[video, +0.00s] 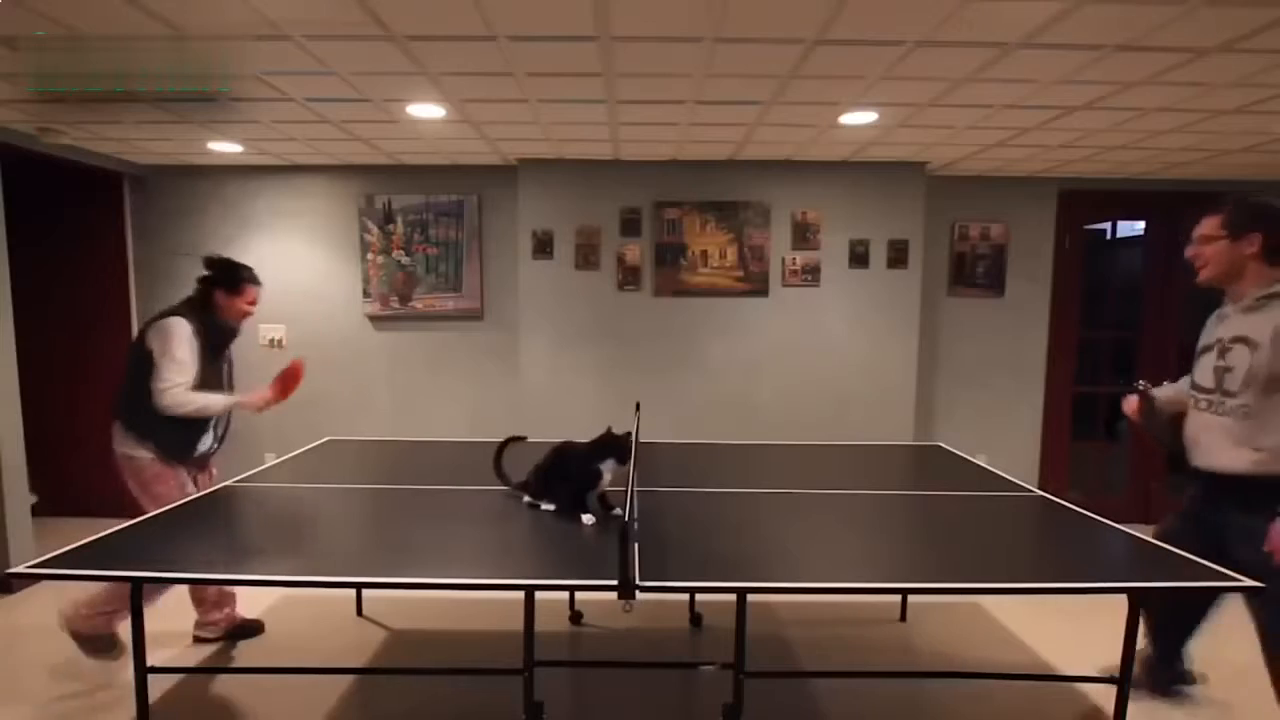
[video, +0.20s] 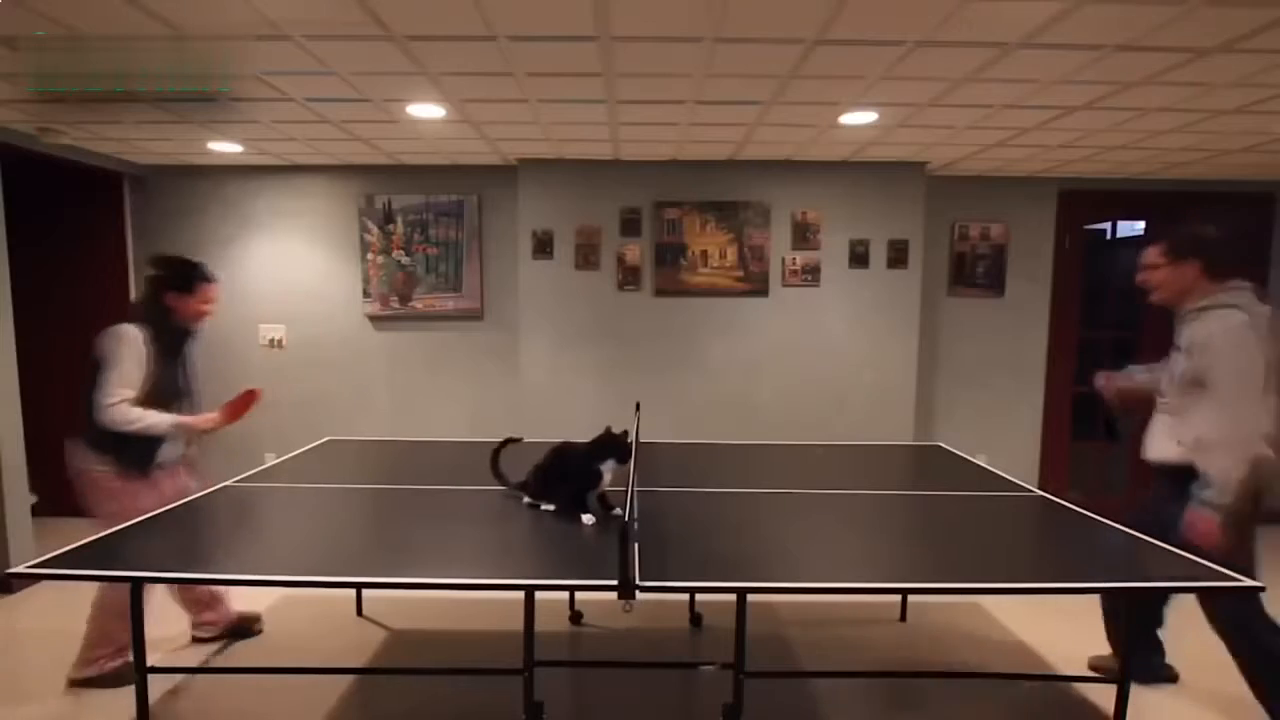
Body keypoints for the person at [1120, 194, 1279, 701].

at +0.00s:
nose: (1192, 253)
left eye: (1205, 241)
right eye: (1193, 242)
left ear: (1249, 246)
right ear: (1242, 247)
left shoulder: (1275, 313)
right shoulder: (1220, 317)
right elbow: (1204, 385)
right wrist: (1154, 400)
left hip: (1264, 493)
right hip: (1211, 489)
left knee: (1274, 621)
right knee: (1164, 581)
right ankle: (1166, 668)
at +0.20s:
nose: (1145, 280)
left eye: (1153, 269)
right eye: (1144, 270)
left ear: (1190, 269)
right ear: (1185, 273)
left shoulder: (1227, 325)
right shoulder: (1198, 320)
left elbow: (1240, 423)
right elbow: (1183, 376)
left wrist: (1212, 501)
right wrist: (1129, 382)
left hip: (1206, 483)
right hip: (1176, 477)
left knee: (1233, 610)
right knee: (1127, 565)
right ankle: (1140, 659)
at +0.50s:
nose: (1124, 257)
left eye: (1133, 247)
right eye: (1123, 248)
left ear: (1169, 249)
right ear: (1129, 255)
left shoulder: (1222, 304)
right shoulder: (1120, 313)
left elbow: (1256, 377)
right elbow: (1059, 327)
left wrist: (1252, 448)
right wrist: (1000, 329)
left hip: (1203, 446)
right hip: (1146, 447)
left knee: (1205, 573)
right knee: (1140, 553)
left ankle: (1214, 703)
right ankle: (1139, 650)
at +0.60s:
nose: (1117, 259)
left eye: (1127, 249)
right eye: (1115, 250)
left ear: (1163, 252)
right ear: (1119, 258)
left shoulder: (1216, 304)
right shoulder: (1118, 318)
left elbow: (1255, 378)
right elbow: (1087, 368)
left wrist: (1263, 453)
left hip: (1205, 445)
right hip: (1147, 448)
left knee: (1204, 567)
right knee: (1135, 552)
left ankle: (1234, 701)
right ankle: (1139, 651)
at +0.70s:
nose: (1110, 261)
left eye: (1121, 252)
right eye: (1109, 253)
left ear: (1156, 255)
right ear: (1111, 263)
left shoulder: (1212, 306)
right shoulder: (1117, 330)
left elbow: (1258, 379)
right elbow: (1104, 410)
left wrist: (1268, 459)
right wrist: (1118, 418)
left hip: (1212, 452)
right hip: (1152, 456)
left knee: (1226, 574)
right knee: (1143, 557)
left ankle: (1266, 696)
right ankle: (1140, 651)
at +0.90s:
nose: (1147, 262)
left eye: (1158, 252)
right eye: (1147, 253)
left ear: (1195, 257)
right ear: (1151, 261)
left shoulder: (1255, 315)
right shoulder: (1161, 325)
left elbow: (1279, 397)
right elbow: (1157, 394)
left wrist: (1272, 475)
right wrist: (1137, 424)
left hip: (1240, 475)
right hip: (1177, 472)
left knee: (1261, 595)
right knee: (1149, 560)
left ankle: (1275, 688)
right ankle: (1141, 651)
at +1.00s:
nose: (1181, 259)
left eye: (1193, 248)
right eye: (1181, 249)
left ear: (1234, 254)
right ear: (1182, 256)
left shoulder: (1272, 311)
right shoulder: (1180, 325)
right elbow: (1169, 394)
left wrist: (1279, 484)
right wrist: (1149, 420)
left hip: (1260, 477)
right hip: (1197, 471)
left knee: (1267, 599)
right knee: (1162, 562)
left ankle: (1278, 694)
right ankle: (1142, 654)